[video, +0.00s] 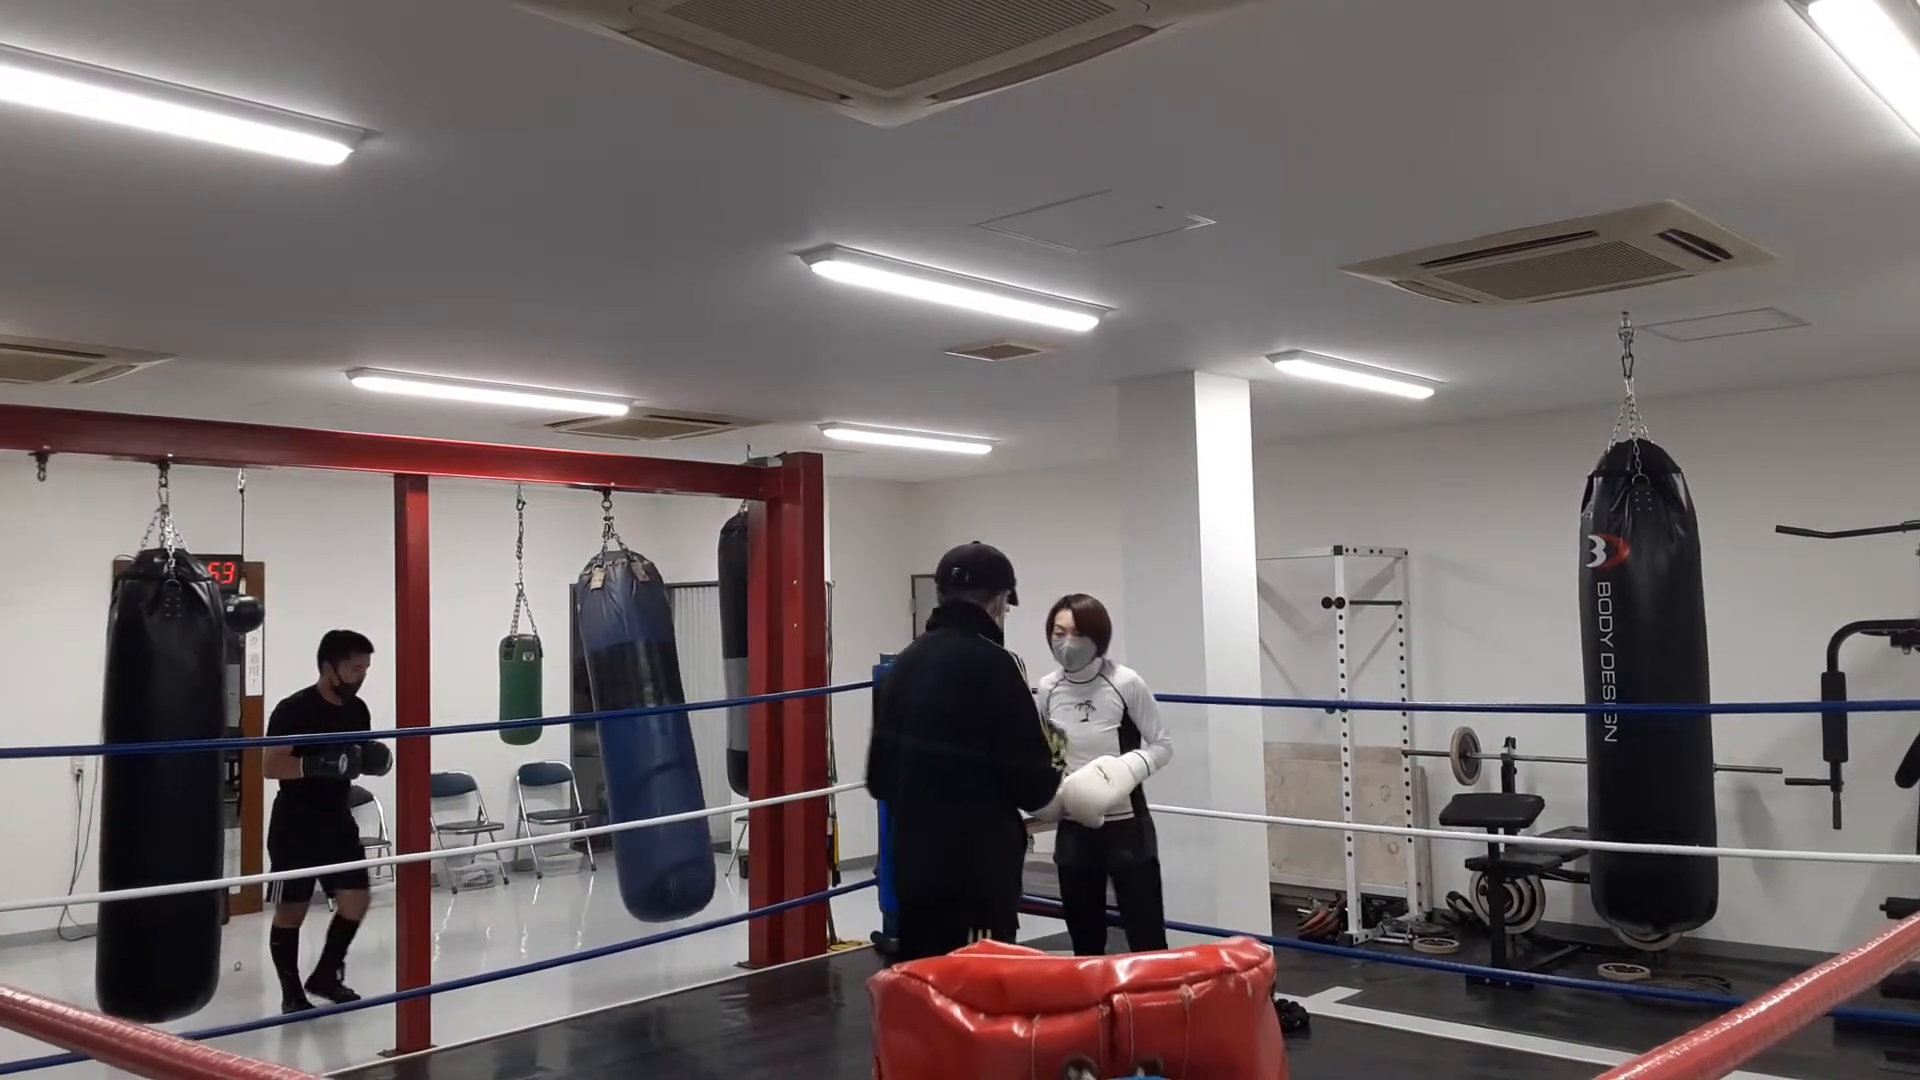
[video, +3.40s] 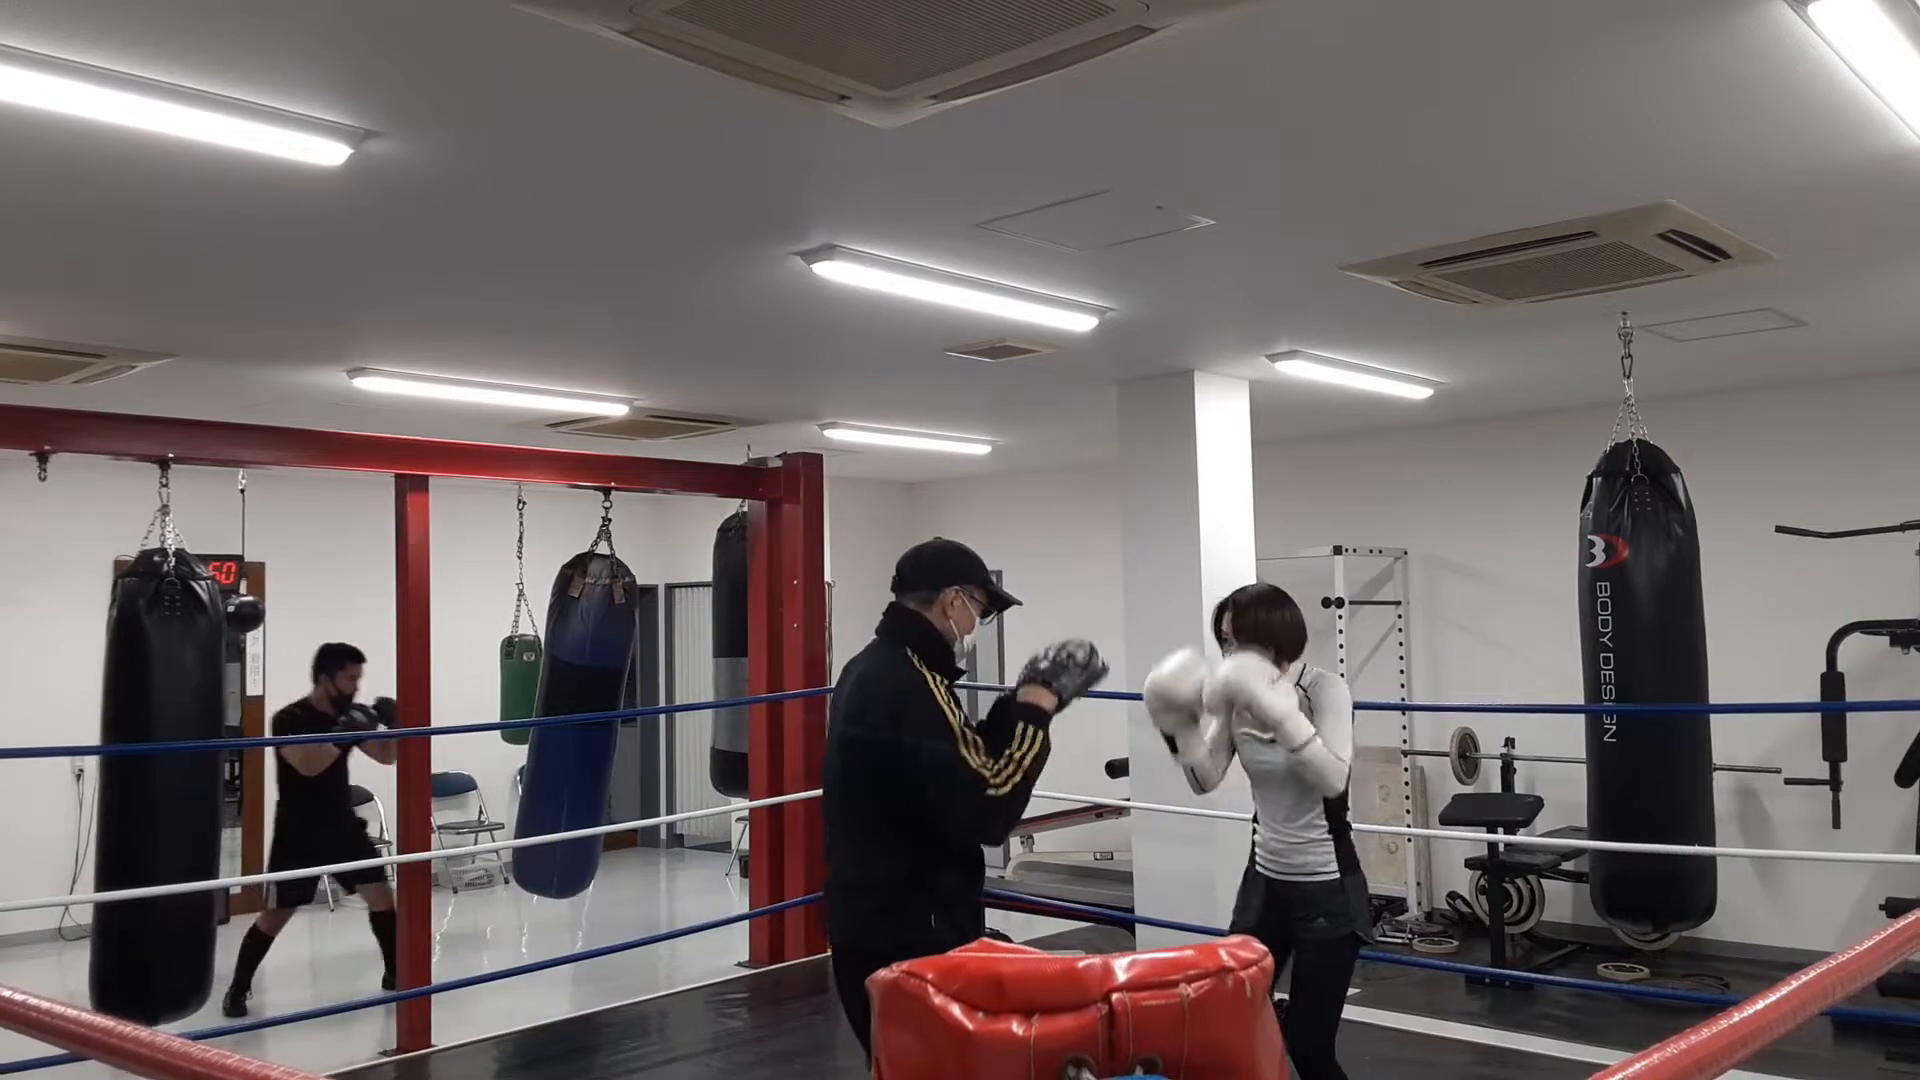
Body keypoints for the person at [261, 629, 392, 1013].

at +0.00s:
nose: (363, 675)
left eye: (365, 668)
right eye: (357, 668)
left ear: (361, 668)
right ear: (329, 666)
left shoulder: (357, 710)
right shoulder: (293, 710)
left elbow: (354, 754)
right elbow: (272, 765)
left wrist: (373, 759)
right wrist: (322, 764)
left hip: (337, 817)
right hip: (295, 818)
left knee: (356, 899)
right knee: (292, 905)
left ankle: (325, 976)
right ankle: (291, 994)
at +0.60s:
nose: (401, 677)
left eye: (402, 670)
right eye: (396, 669)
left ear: (383, 668)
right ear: (372, 666)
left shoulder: (390, 712)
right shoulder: (331, 705)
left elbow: (409, 759)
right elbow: (319, 760)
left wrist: (404, 756)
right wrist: (363, 757)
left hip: (366, 815)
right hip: (323, 816)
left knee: (373, 903)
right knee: (322, 909)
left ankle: (380, 990)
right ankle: (299, 991)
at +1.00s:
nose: (380, 683)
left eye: (381, 675)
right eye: (375, 675)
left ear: (362, 673)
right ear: (348, 671)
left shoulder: (365, 717)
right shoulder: (306, 713)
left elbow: (360, 766)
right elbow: (295, 775)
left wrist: (391, 761)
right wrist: (349, 767)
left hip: (345, 822)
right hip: (303, 825)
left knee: (363, 907)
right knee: (286, 919)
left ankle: (380, 989)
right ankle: (247, 1002)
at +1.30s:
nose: (332, 678)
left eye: (333, 670)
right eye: (326, 670)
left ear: (307, 672)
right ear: (298, 670)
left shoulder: (319, 712)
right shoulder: (260, 716)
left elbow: (311, 761)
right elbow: (249, 778)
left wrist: (339, 761)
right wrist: (302, 770)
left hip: (310, 821)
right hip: (269, 826)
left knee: (337, 902)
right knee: (268, 915)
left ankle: (340, 987)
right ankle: (245, 1003)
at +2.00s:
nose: (364, 685)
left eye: (367, 677)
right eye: (357, 677)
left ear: (366, 675)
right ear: (331, 676)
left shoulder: (358, 718)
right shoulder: (295, 720)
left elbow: (355, 765)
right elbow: (282, 778)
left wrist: (370, 771)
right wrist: (332, 778)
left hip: (339, 816)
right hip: (297, 820)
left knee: (365, 889)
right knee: (285, 907)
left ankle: (371, 975)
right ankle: (252, 998)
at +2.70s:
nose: (323, 681)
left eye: (327, 673)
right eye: (316, 673)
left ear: (328, 671)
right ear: (292, 670)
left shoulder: (315, 711)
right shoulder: (254, 711)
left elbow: (351, 757)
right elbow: (266, 760)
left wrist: (361, 733)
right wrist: (309, 729)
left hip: (307, 820)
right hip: (263, 824)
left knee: (331, 892)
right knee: (254, 905)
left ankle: (355, 974)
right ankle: (235, 989)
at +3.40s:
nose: (355, 686)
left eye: (357, 678)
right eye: (348, 678)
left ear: (355, 679)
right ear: (324, 678)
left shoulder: (348, 718)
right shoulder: (288, 719)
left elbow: (386, 755)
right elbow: (307, 763)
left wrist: (393, 724)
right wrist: (346, 731)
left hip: (343, 828)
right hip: (298, 832)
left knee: (380, 896)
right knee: (277, 912)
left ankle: (395, 972)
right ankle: (238, 989)